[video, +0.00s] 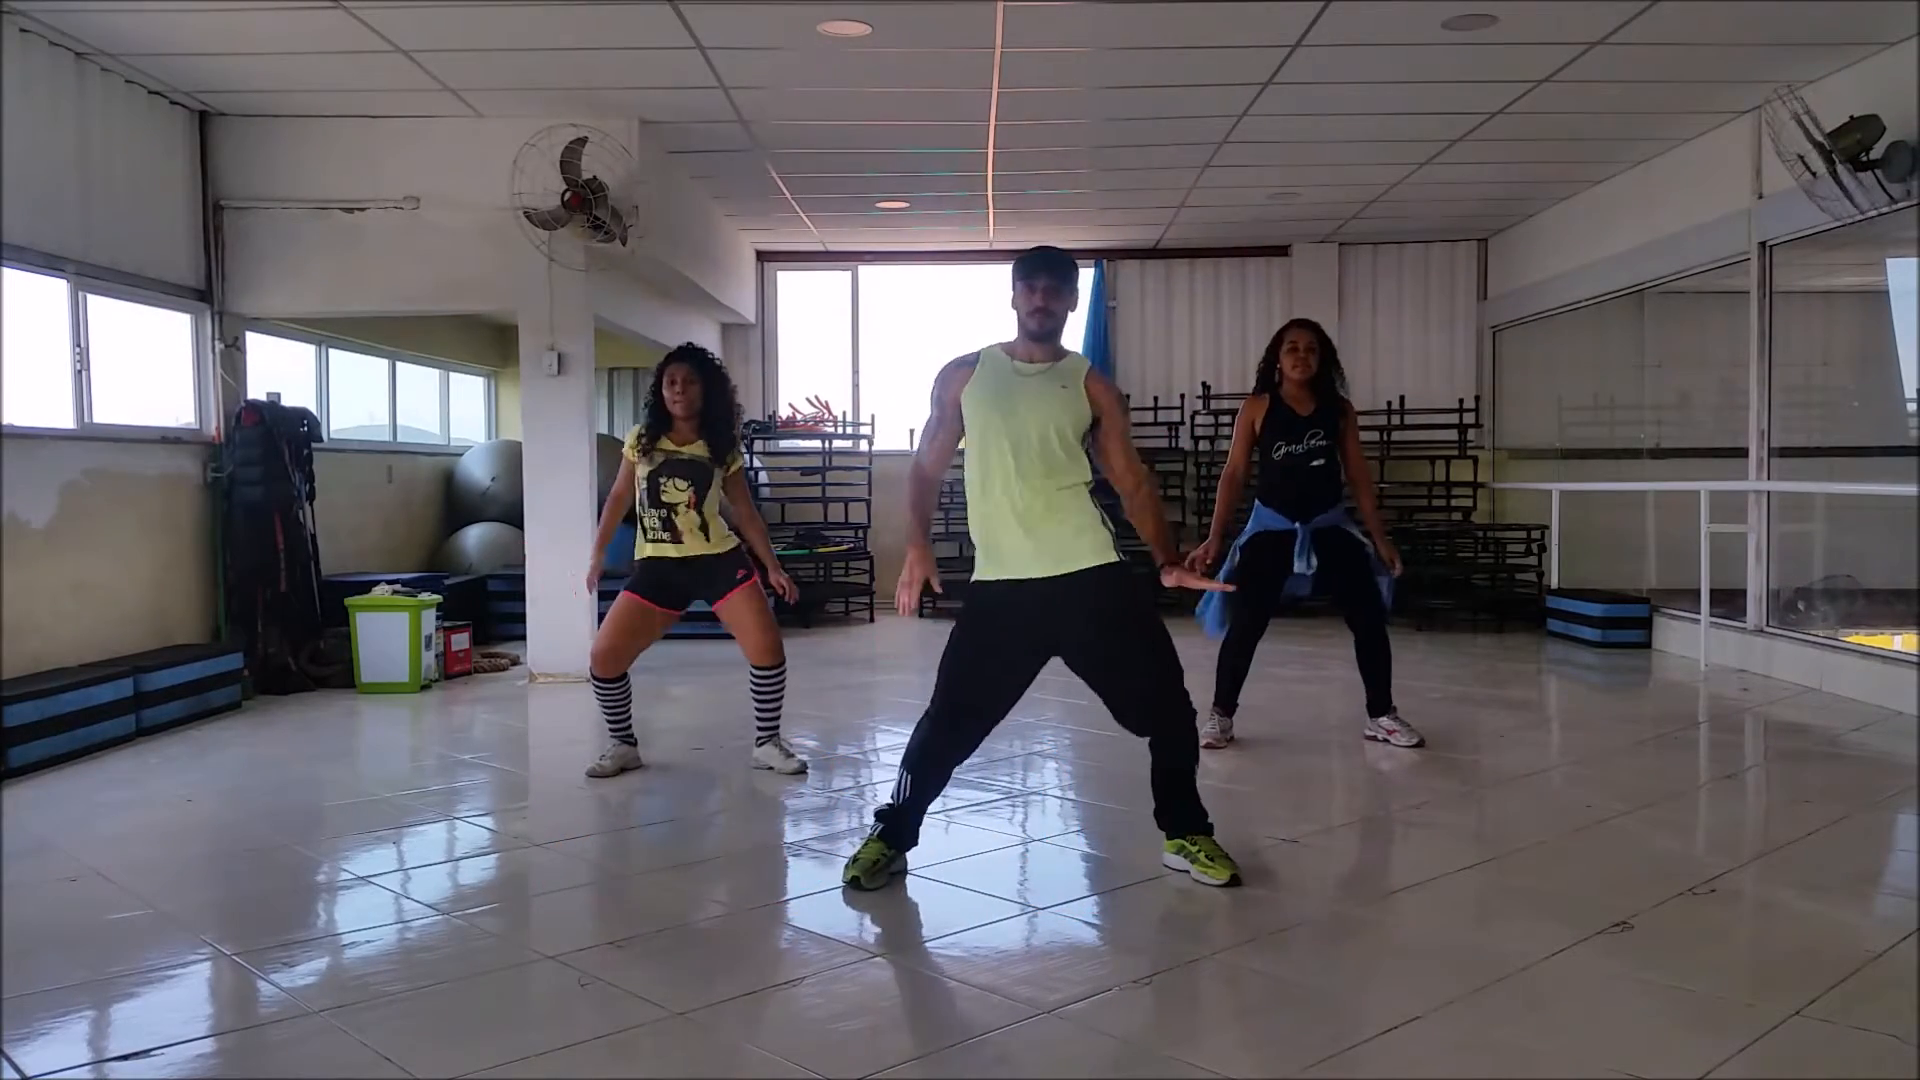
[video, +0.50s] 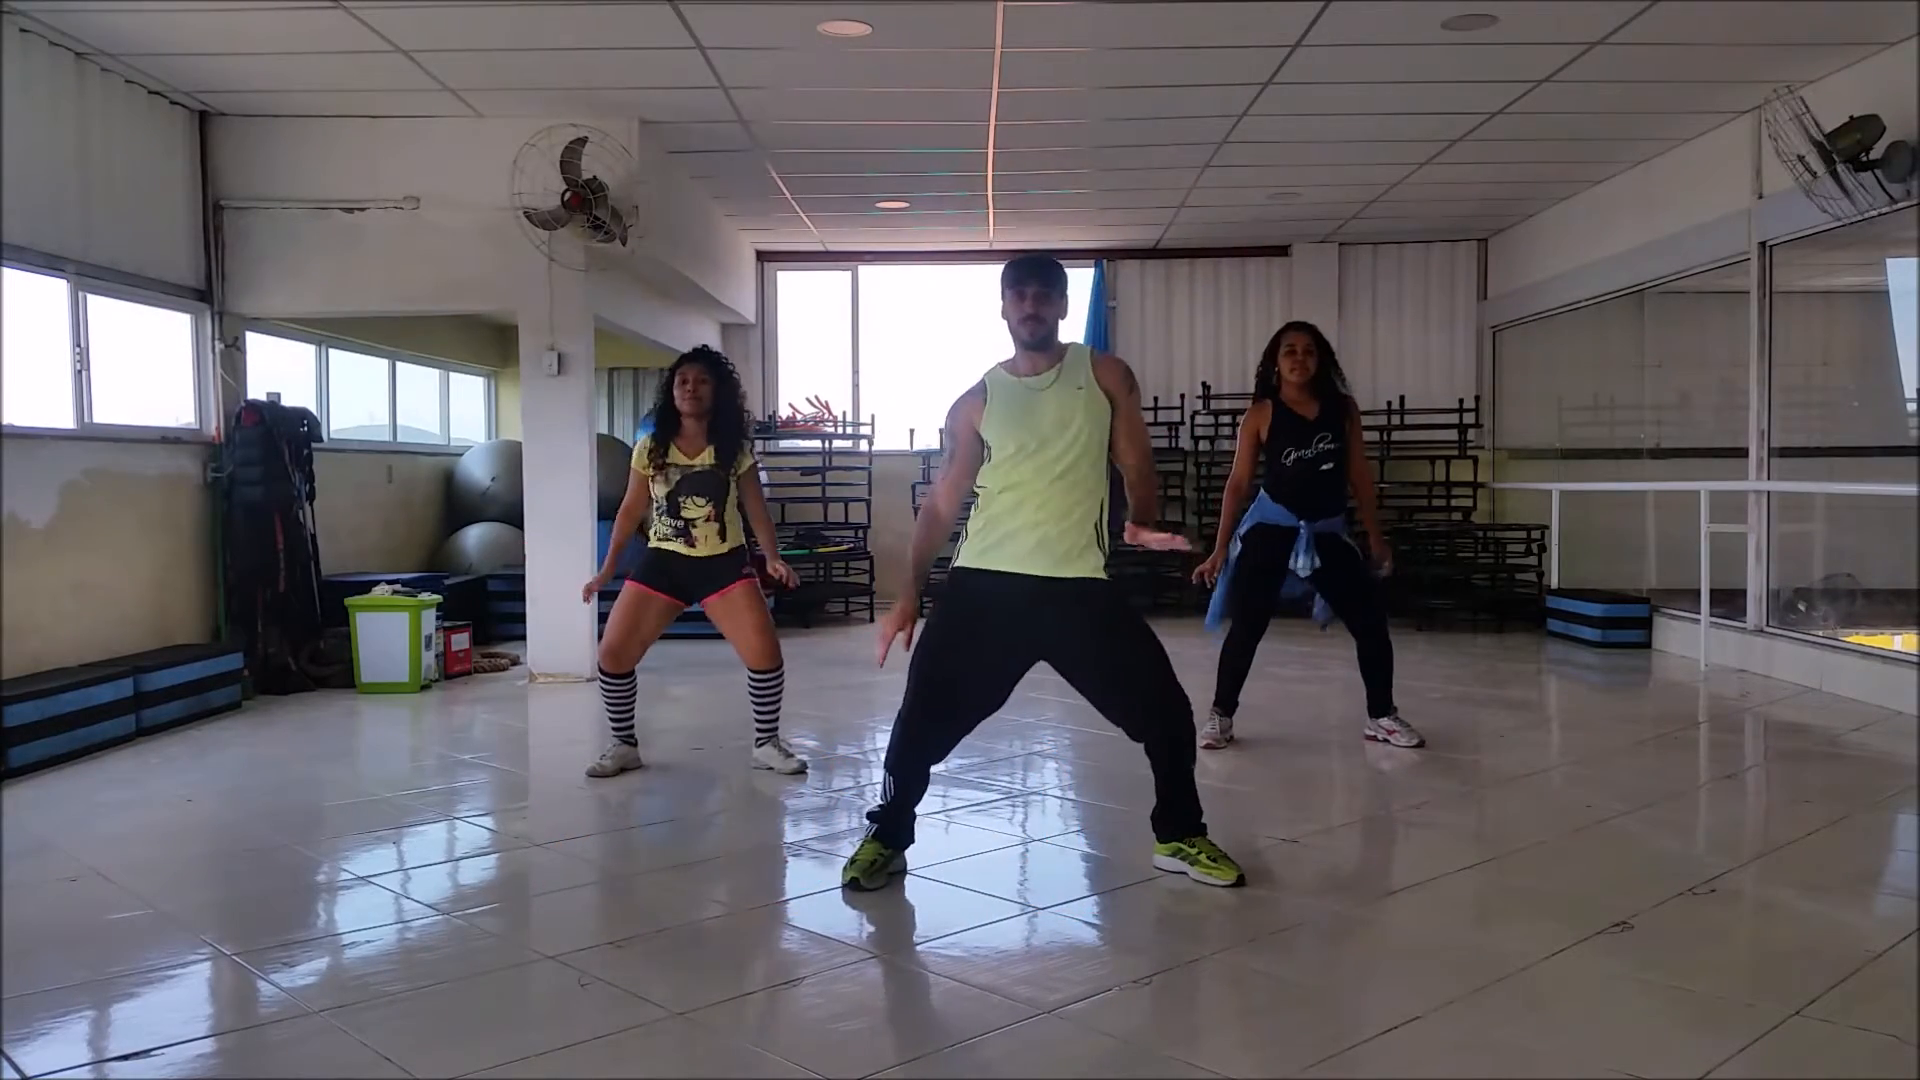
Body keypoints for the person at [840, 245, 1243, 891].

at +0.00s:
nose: (1042, 301)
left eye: (1056, 291)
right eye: (1032, 289)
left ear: (1072, 300)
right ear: (1014, 294)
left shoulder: (1094, 388)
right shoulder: (962, 380)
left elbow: (1132, 480)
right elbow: (927, 471)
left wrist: (1167, 559)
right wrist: (917, 547)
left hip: (1095, 583)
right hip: (1002, 591)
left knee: (1169, 711)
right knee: (949, 719)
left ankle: (1184, 830)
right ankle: (892, 836)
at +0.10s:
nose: (1041, 297)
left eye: (1054, 287)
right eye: (1030, 285)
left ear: (1071, 297)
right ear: (1012, 293)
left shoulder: (1100, 384)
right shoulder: (967, 381)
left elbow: (1130, 476)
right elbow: (932, 475)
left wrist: (1153, 554)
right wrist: (911, 551)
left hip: (1094, 586)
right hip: (995, 590)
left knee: (1171, 715)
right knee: (938, 719)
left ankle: (1184, 829)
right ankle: (890, 835)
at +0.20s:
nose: (1038, 297)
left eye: (1050, 287)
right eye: (1026, 287)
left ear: (1068, 297)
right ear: (1009, 296)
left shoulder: (1104, 378)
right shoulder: (973, 388)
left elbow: (1131, 473)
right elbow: (937, 491)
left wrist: (1143, 548)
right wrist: (906, 564)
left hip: (1088, 587)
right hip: (988, 588)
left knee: (1163, 710)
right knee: (927, 716)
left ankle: (1184, 830)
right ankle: (888, 835)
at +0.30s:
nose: (1034, 301)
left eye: (1046, 291)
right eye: (1022, 290)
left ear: (1065, 300)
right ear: (1005, 300)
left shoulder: (1104, 375)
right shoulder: (976, 395)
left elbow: (1134, 471)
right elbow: (939, 500)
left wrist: (1139, 537)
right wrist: (906, 569)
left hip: (1082, 592)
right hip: (983, 589)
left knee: (1161, 719)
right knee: (918, 719)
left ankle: (1183, 829)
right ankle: (889, 833)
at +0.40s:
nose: (1031, 303)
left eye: (1043, 292)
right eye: (1019, 292)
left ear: (1063, 302)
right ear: (1002, 304)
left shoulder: (1106, 374)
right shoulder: (976, 400)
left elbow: (1136, 466)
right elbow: (940, 504)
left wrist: (1140, 527)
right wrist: (906, 581)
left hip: (1080, 592)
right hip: (983, 590)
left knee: (1163, 715)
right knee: (918, 717)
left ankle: (1180, 833)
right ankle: (888, 834)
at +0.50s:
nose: (1031, 308)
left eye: (1043, 296)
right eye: (1019, 296)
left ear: (1064, 304)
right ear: (1003, 307)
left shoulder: (1106, 375)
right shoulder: (977, 404)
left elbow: (1138, 467)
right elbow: (939, 507)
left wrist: (1143, 521)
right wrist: (909, 591)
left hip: (1081, 593)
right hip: (984, 591)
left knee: (1166, 713)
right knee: (922, 718)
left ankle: (1179, 833)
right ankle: (888, 834)